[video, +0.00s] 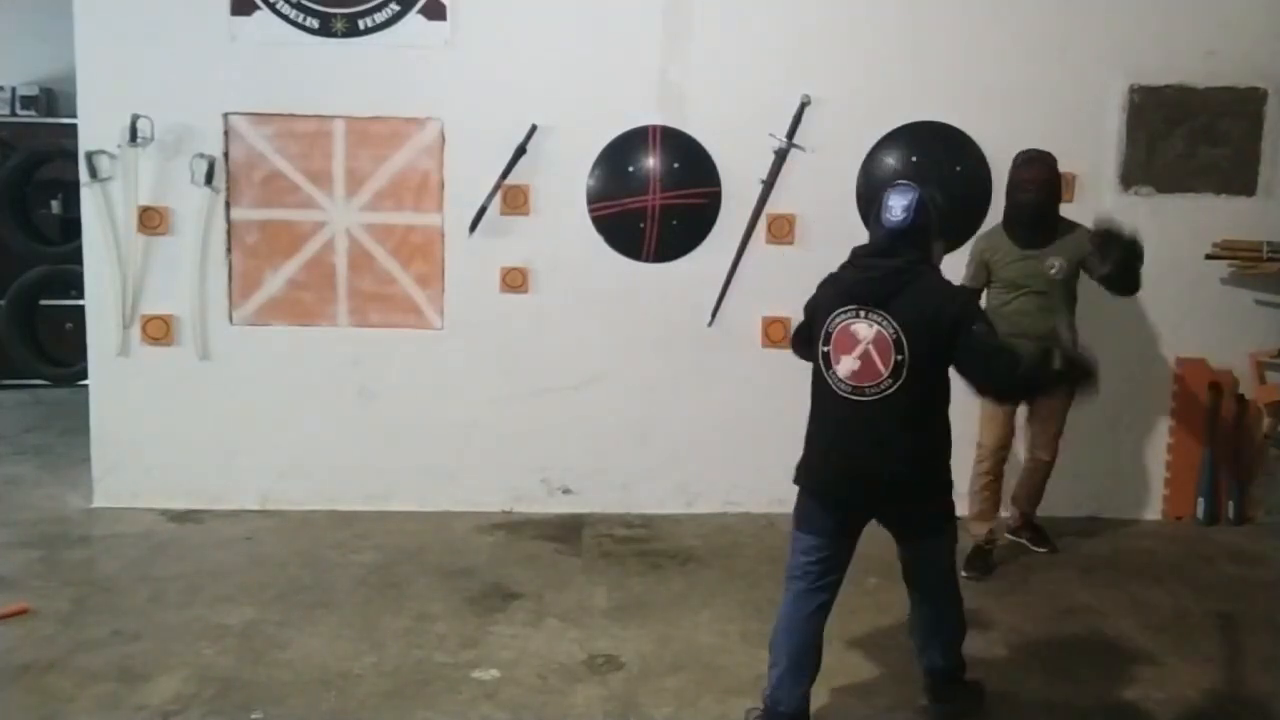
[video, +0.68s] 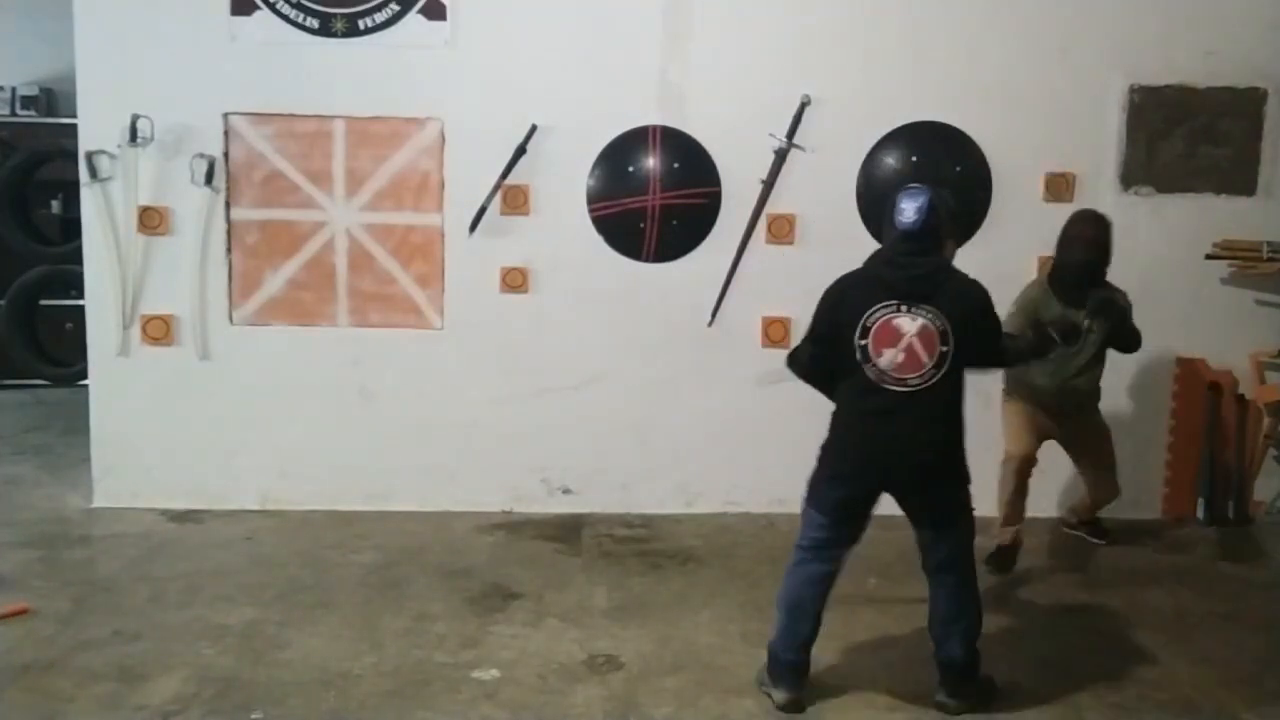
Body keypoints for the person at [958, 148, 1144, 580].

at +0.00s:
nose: (1029, 195)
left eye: (1038, 187)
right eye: (1021, 186)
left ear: (1057, 191)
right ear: (1008, 189)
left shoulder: (1076, 241)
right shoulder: (989, 244)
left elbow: (1123, 286)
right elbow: (963, 307)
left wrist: (1124, 260)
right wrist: (970, 353)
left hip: (1055, 364)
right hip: (1000, 361)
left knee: (1042, 453)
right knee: (991, 449)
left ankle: (1021, 520)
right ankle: (982, 538)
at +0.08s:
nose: (1033, 197)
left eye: (1042, 188)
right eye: (1025, 188)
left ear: (1059, 191)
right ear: (1010, 191)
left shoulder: (1079, 241)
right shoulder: (991, 247)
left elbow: (1105, 294)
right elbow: (969, 308)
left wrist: (1118, 291)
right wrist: (982, 342)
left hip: (1059, 362)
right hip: (1004, 359)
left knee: (1049, 454)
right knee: (994, 450)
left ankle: (1021, 519)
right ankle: (982, 539)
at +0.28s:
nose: (1041, 208)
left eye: (1050, 200)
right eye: (1033, 199)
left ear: (1065, 201)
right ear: (1021, 201)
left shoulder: (1089, 250)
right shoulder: (1004, 251)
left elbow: (1116, 306)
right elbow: (973, 293)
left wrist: (1079, 317)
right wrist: (1014, 319)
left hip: (1069, 371)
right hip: (1014, 368)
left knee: (1083, 452)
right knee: (997, 453)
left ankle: (1061, 508)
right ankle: (984, 539)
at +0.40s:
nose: (1054, 214)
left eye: (1064, 206)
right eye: (1048, 205)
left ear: (1081, 211)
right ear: (1037, 208)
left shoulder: (1103, 260)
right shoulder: (1020, 257)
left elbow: (1140, 318)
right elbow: (981, 297)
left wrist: (1110, 299)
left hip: (1081, 375)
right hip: (1026, 369)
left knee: (1096, 463)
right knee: (1012, 453)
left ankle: (1078, 516)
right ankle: (988, 537)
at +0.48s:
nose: (1069, 225)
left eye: (1079, 217)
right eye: (1063, 215)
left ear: (1094, 223)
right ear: (1052, 219)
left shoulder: (1110, 273)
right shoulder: (1029, 265)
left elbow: (1148, 326)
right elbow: (990, 311)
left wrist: (1124, 295)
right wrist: (1002, 274)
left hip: (1083, 385)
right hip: (1031, 378)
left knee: (1103, 475)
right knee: (1023, 458)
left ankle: (1078, 517)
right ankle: (996, 541)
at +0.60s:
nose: (1090, 253)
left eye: (1100, 245)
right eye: (1084, 243)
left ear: (1110, 251)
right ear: (1070, 244)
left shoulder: (1116, 296)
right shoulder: (1038, 292)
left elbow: (1133, 337)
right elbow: (1007, 345)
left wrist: (1115, 313)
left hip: (1082, 400)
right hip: (1030, 393)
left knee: (1106, 488)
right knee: (1026, 462)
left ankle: (1077, 518)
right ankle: (1015, 535)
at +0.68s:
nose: (1085, 259)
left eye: (1094, 251)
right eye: (1078, 248)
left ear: (1105, 256)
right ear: (1063, 249)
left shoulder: (1111, 300)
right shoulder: (1038, 294)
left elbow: (1131, 344)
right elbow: (1004, 343)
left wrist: (1111, 318)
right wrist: (1036, 343)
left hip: (1078, 405)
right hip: (1027, 400)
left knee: (1105, 488)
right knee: (1018, 457)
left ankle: (1078, 515)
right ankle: (1008, 537)